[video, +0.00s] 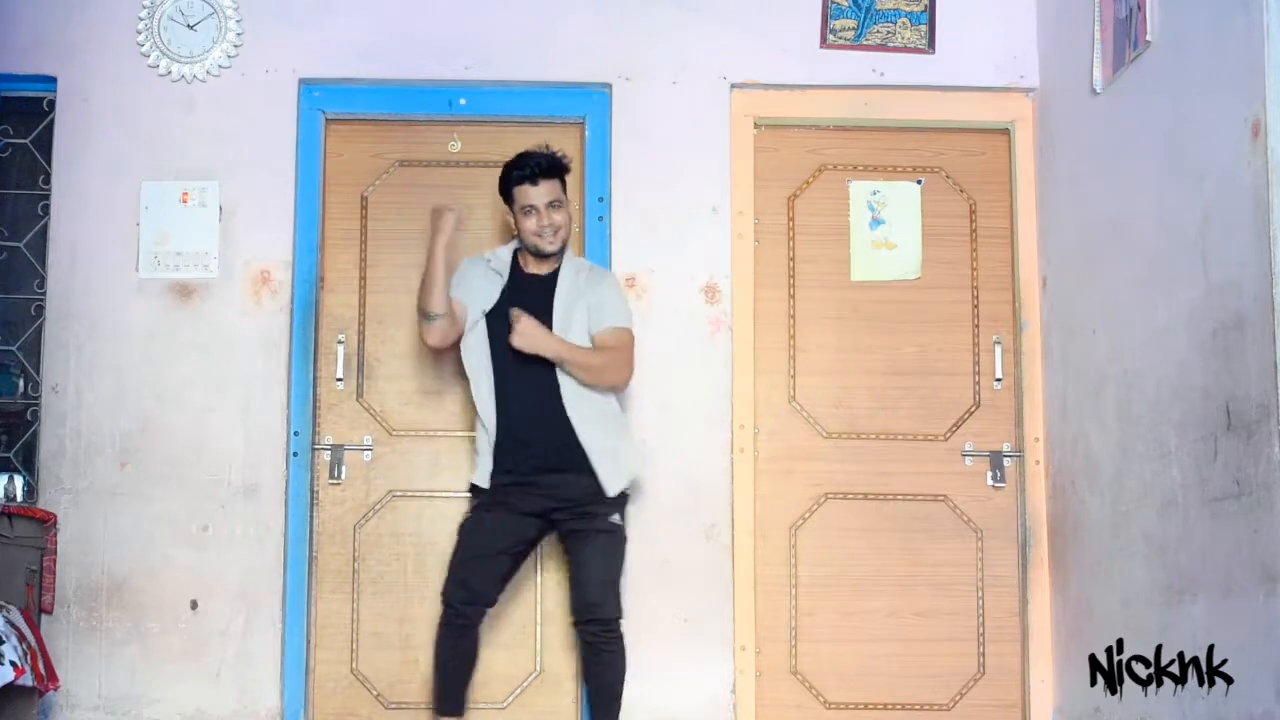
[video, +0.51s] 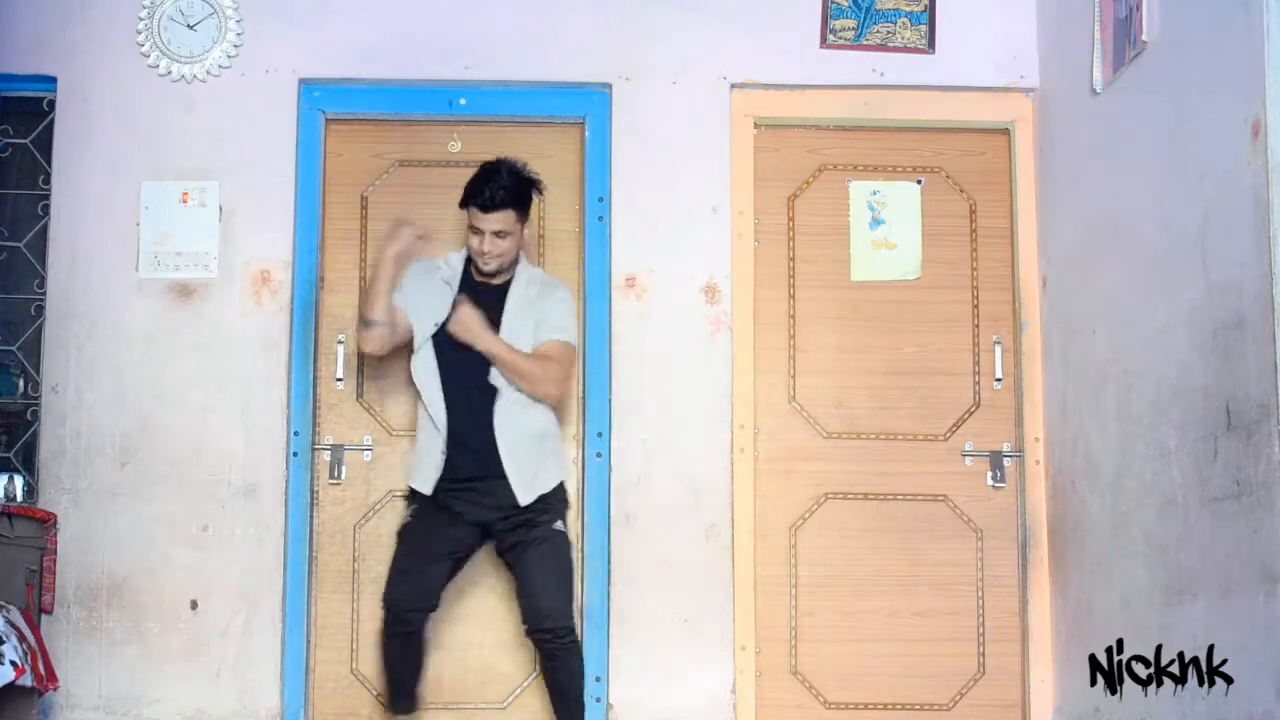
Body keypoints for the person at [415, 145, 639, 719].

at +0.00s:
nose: (546, 221)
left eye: (555, 206)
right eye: (530, 210)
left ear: (570, 207)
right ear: (511, 214)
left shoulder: (598, 283)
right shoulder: (479, 275)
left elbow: (618, 370)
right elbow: (436, 334)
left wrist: (549, 344)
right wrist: (441, 246)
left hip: (592, 486)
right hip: (510, 485)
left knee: (599, 621)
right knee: (461, 605)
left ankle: (605, 718)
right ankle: (447, 715)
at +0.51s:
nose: (487, 246)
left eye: (500, 234)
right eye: (477, 232)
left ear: (524, 229)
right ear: (463, 223)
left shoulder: (550, 296)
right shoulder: (427, 280)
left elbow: (552, 384)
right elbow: (373, 340)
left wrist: (483, 339)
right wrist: (387, 262)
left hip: (530, 497)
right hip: (445, 495)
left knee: (551, 628)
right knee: (402, 612)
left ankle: (572, 716)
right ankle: (402, 713)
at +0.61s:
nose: (465, 229)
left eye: (481, 218)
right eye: (457, 214)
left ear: (506, 215)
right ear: (445, 207)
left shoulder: (531, 274)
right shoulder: (405, 273)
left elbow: (522, 363)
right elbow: (340, 330)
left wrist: (440, 377)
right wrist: (319, 249)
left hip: (493, 489)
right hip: (408, 487)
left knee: (519, 620)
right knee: (381, 618)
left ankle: (539, 717)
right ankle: (345, 717)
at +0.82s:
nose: (425, 226)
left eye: (442, 217)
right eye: (418, 211)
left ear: (463, 223)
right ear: (404, 210)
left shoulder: (488, 274)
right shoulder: (359, 293)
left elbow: (545, 343)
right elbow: (321, 385)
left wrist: (497, 362)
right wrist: (356, 372)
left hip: (449, 487)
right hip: (367, 486)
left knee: (450, 597)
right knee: (359, 621)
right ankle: (336, 718)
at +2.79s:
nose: (490, 222)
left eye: (500, 207)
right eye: (474, 210)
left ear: (516, 204)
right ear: (454, 210)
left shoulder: (542, 278)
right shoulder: (416, 268)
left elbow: (547, 370)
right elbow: (372, 340)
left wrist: (479, 319)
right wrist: (391, 246)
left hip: (509, 489)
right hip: (422, 485)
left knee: (515, 625)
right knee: (380, 594)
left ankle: (519, 718)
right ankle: (401, 710)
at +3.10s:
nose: (440, 213)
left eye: (453, 200)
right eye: (428, 199)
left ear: (470, 205)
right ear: (411, 203)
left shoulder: (497, 263)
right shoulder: (378, 271)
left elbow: (527, 308)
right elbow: (362, 343)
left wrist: (529, 306)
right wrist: (337, 271)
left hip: (472, 485)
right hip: (381, 485)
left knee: (505, 619)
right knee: (338, 619)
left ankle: (494, 716)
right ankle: (318, 715)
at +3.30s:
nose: (432, 216)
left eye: (445, 204)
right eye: (420, 203)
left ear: (460, 214)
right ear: (401, 209)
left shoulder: (486, 287)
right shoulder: (358, 287)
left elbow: (534, 370)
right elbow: (303, 360)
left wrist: (503, 439)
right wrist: (350, 394)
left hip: (452, 495)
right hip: (361, 493)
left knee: (490, 627)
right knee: (320, 628)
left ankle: (490, 717)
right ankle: (314, 717)